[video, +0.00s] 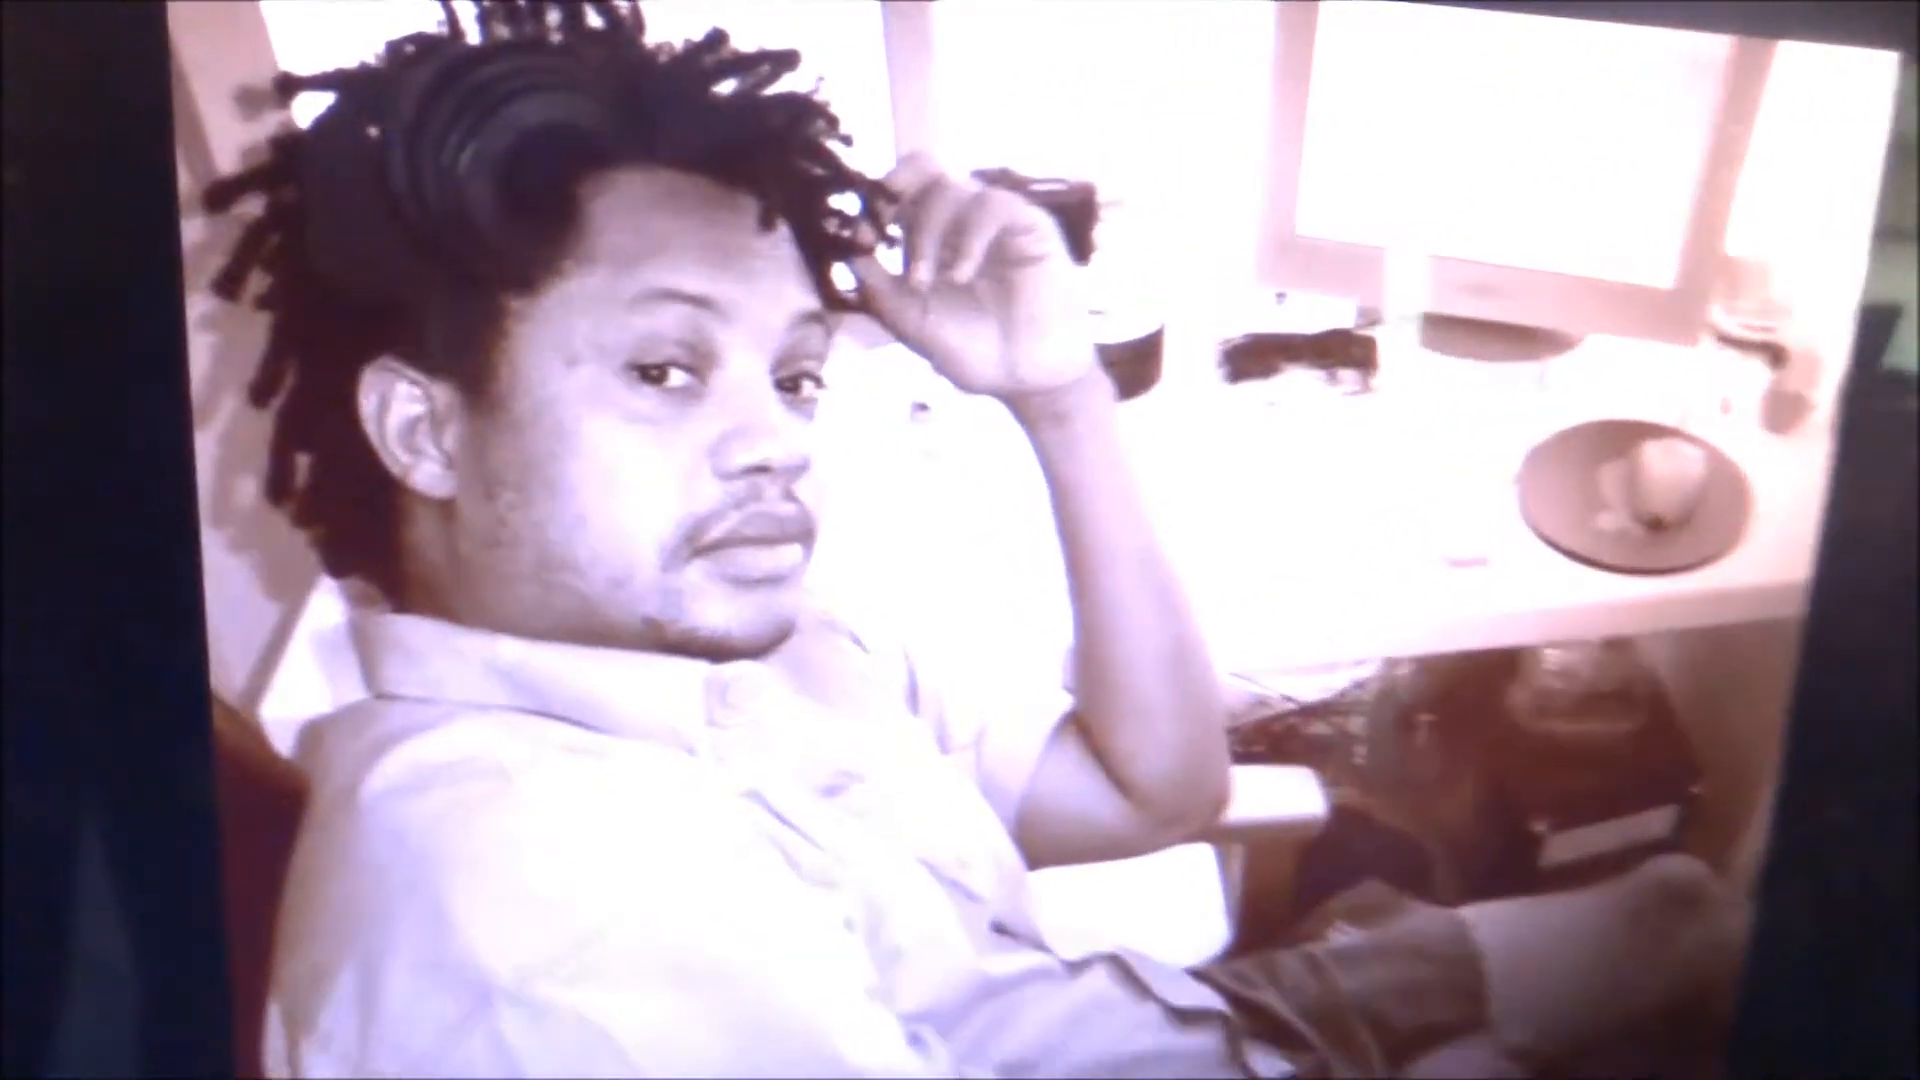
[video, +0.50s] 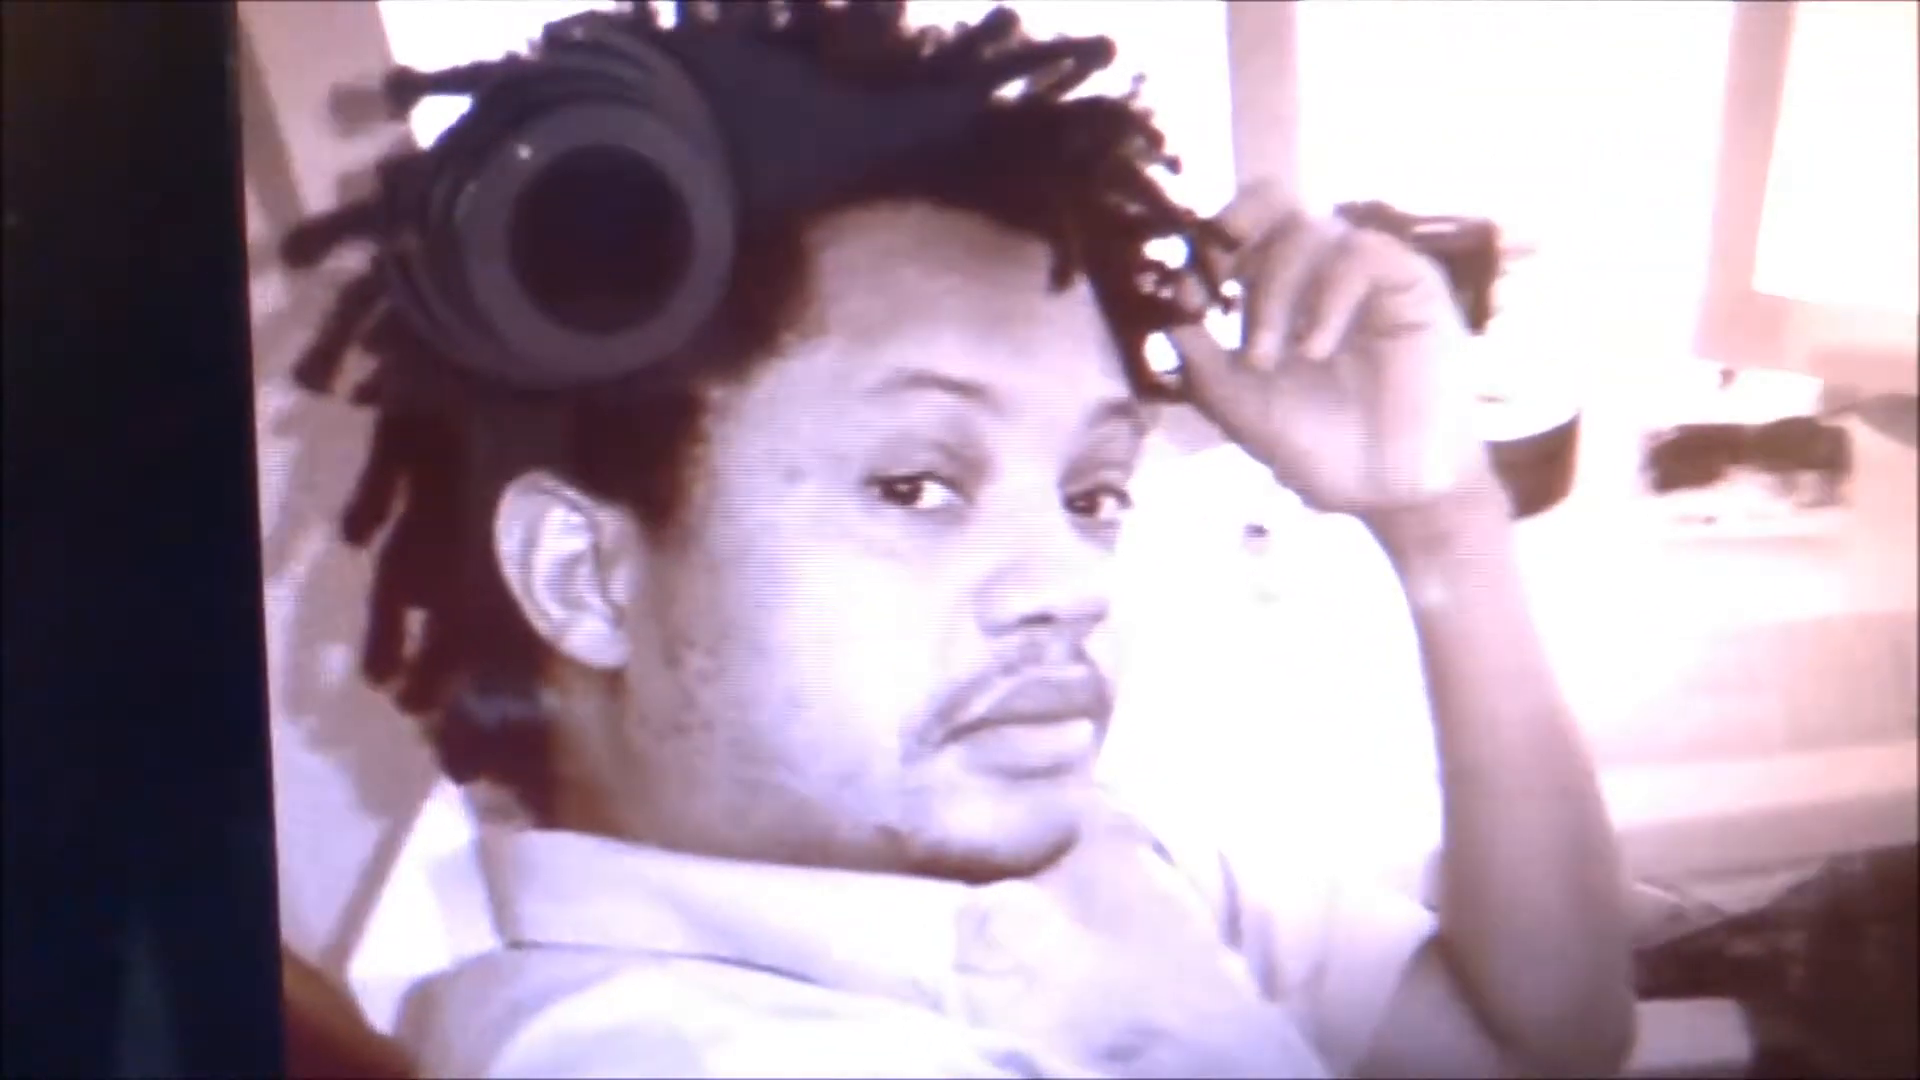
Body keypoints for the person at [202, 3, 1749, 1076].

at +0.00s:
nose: (777, 456)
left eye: (788, 383)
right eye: (665, 375)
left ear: (826, 391)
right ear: (418, 428)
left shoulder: (771, 663)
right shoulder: (498, 875)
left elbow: (1159, 790)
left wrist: (1059, 394)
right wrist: (1459, 1036)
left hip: (1213, 1015)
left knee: (1683, 906)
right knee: (1710, 948)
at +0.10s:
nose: (839, 470)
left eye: (855, 393)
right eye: (724, 386)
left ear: (893, 398)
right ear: (465, 449)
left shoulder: (851, 697)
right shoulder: (531, 903)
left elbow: (1237, 823)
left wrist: (1141, 410)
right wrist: (1514, 1034)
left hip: (1291, 1040)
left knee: (1793, 939)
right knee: (1810, 968)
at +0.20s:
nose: (902, 504)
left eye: (920, 426)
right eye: (783, 416)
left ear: (959, 437)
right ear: (503, 480)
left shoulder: (905, 776)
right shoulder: (581, 976)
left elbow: (1316, 876)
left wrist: (1216, 442)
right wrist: (1659, 1061)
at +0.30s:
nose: (959, 554)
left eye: (979, 475)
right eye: (825, 461)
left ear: (1014, 487)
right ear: (527, 538)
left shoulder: (989, 826)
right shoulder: (583, 1011)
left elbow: (1396, 962)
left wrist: (1295, 492)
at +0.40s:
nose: (1012, 587)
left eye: (1033, 503)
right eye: (863, 491)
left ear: (1072, 509)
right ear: (545, 576)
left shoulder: (1055, 873)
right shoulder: (601, 1026)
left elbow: (1463, 1024)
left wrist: (1371, 537)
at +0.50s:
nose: (1074, 588)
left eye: (1094, 497)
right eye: (916, 490)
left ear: (1138, 495)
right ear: (577, 574)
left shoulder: (1118, 880)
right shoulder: (632, 1040)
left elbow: (1545, 1041)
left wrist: (1445, 535)